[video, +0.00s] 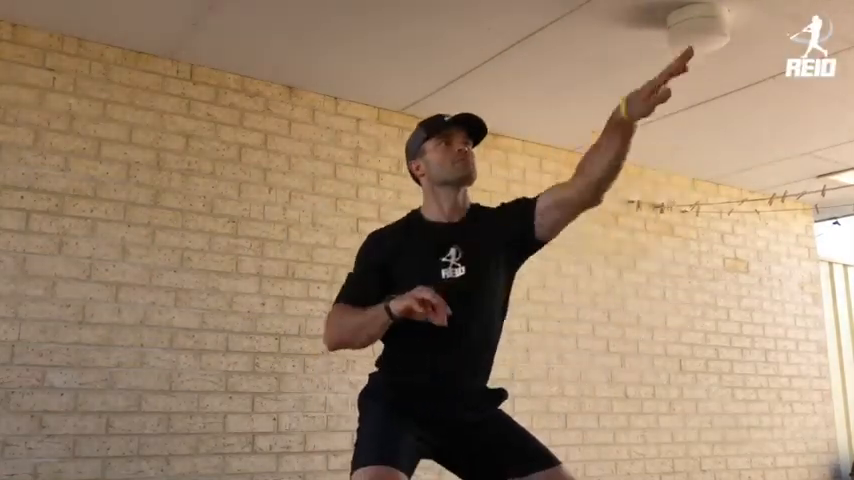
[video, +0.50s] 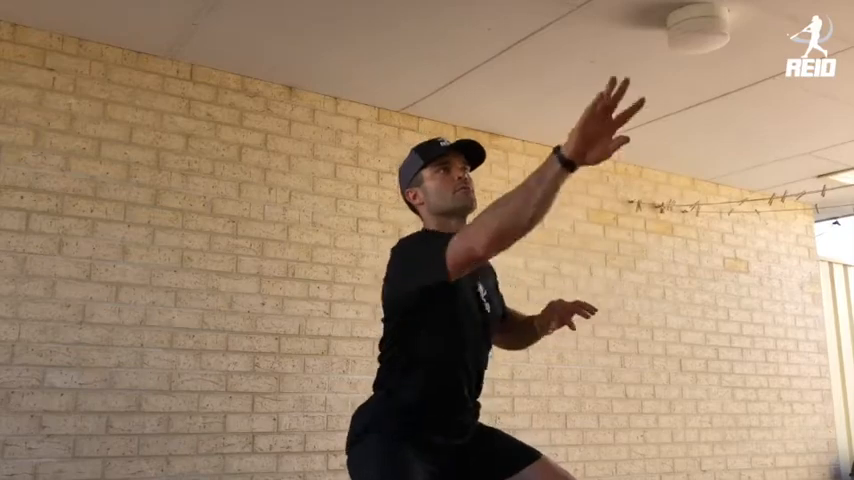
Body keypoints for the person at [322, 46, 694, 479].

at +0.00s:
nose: (462, 145)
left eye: (466, 140)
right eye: (444, 140)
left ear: (475, 159)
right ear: (417, 167)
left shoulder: (503, 228)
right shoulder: (386, 244)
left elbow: (584, 190)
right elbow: (336, 333)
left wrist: (624, 117)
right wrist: (391, 309)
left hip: (470, 408)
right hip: (397, 403)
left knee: (553, 476)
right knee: (377, 477)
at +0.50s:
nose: (462, 175)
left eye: (464, 168)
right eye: (444, 169)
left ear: (472, 182)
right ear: (415, 197)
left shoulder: (477, 265)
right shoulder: (411, 257)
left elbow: (501, 328)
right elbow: (482, 241)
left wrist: (540, 324)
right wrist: (568, 156)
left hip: (461, 436)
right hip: (396, 439)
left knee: (557, 476)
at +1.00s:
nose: (406, 136)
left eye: (411, 131)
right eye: (387, 131)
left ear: (422, 152)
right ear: (362, 162)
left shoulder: (460, 209)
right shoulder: (343, 247)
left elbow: (530, 158)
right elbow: (307, 354)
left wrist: (581, 75)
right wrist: (340, 317)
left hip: (454, 404)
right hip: (379, 405)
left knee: (543, 475)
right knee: (360, 475)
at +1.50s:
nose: (493, 146)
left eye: (497, 141)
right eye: (474, 140)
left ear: (502, 160)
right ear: (447, 165)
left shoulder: (501, 252)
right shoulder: (438, 215)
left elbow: (512, 335)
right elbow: (515, 205)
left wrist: (552, 314)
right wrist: (596, 144)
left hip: (472, 406)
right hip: (412, 406)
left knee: (563, 476)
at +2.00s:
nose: (465, 133)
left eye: (469, 129)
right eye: (448, 127)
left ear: (475, 149)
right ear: (419, 154)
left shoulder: (500, 217)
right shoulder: (384, 223)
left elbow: (588, 212)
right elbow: (336, 314)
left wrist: (625, 137)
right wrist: (381, 285)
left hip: (469, 395)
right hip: (394, 392)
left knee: (553, 477)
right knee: (366, 476)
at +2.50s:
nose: (438, 145)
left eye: (441, 138)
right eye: (419, 140)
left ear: (450, 152)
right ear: (389, 169)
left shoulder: (452, 241)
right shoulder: (396, 227)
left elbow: (469, 307)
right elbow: (489, 176)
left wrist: (517, 300)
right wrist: (566, 93)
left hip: (439, 414)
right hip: (377, 417)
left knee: (543, 476)